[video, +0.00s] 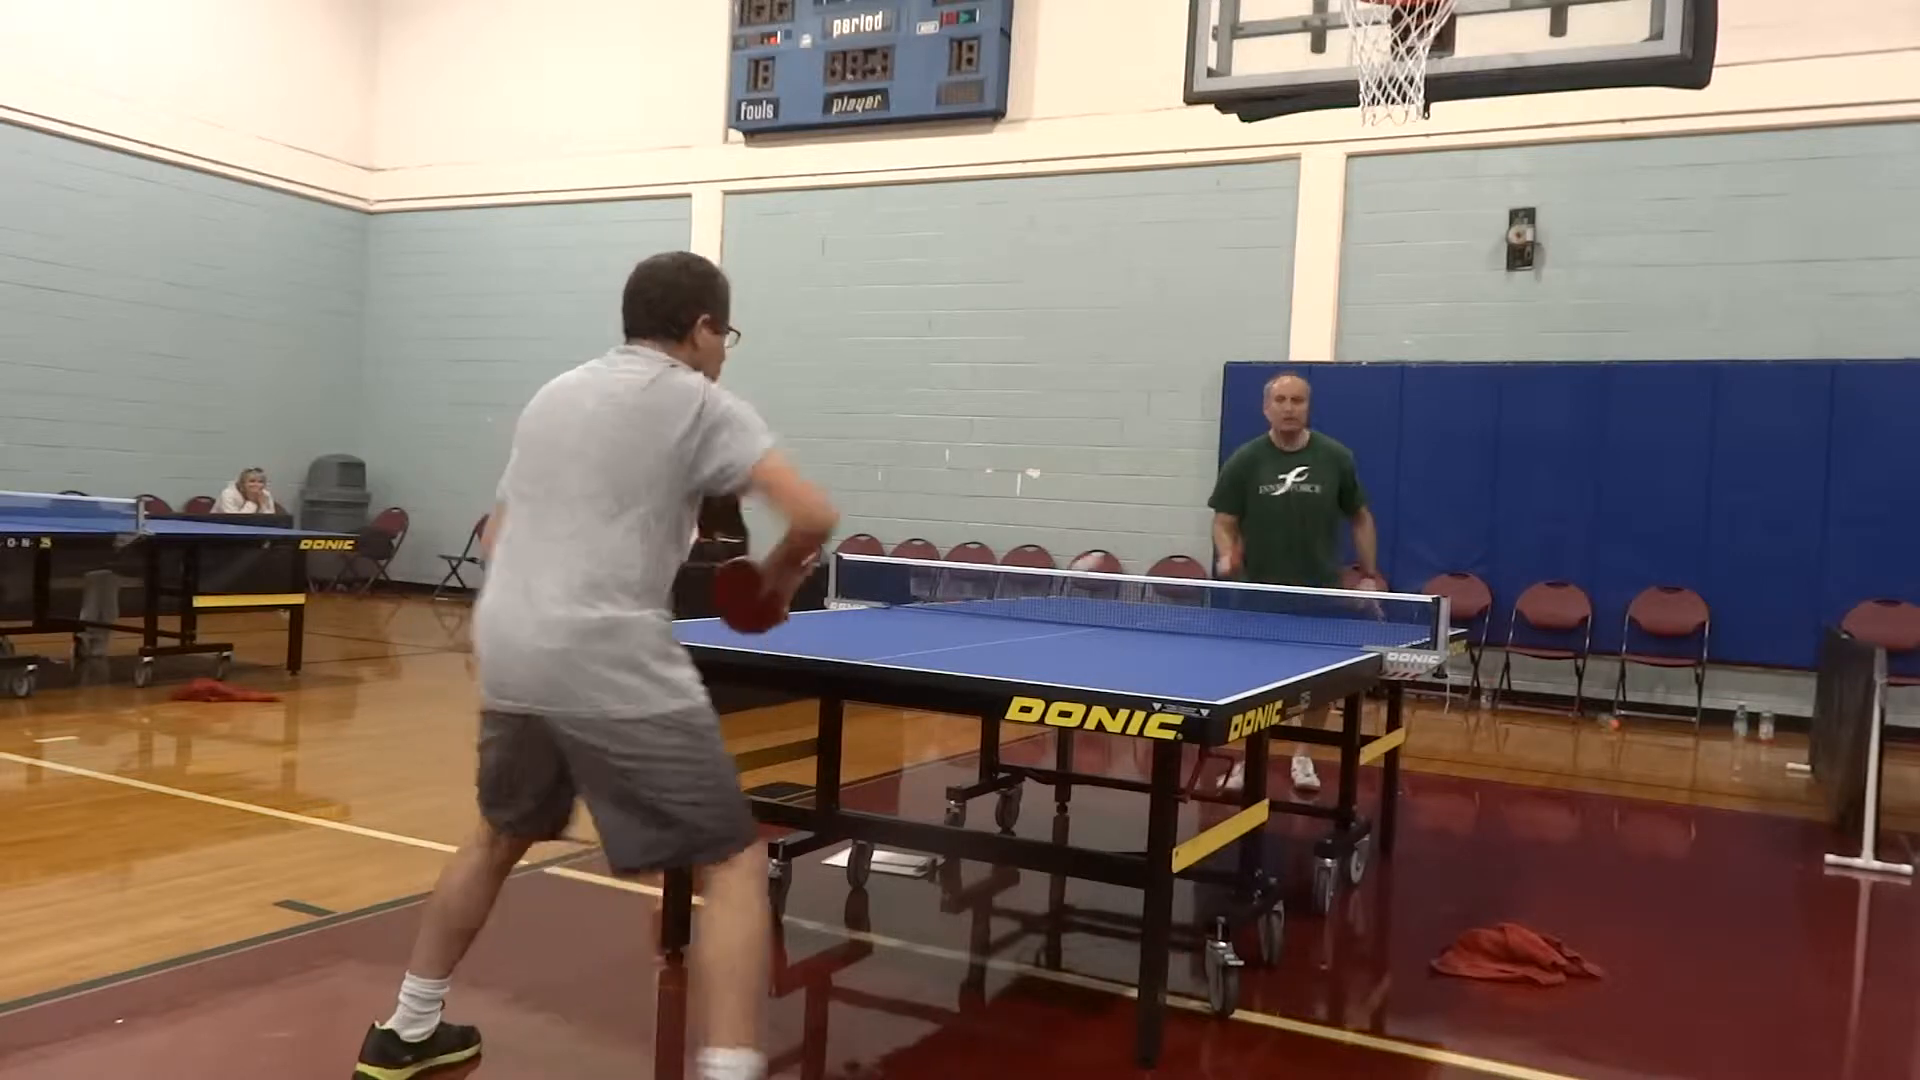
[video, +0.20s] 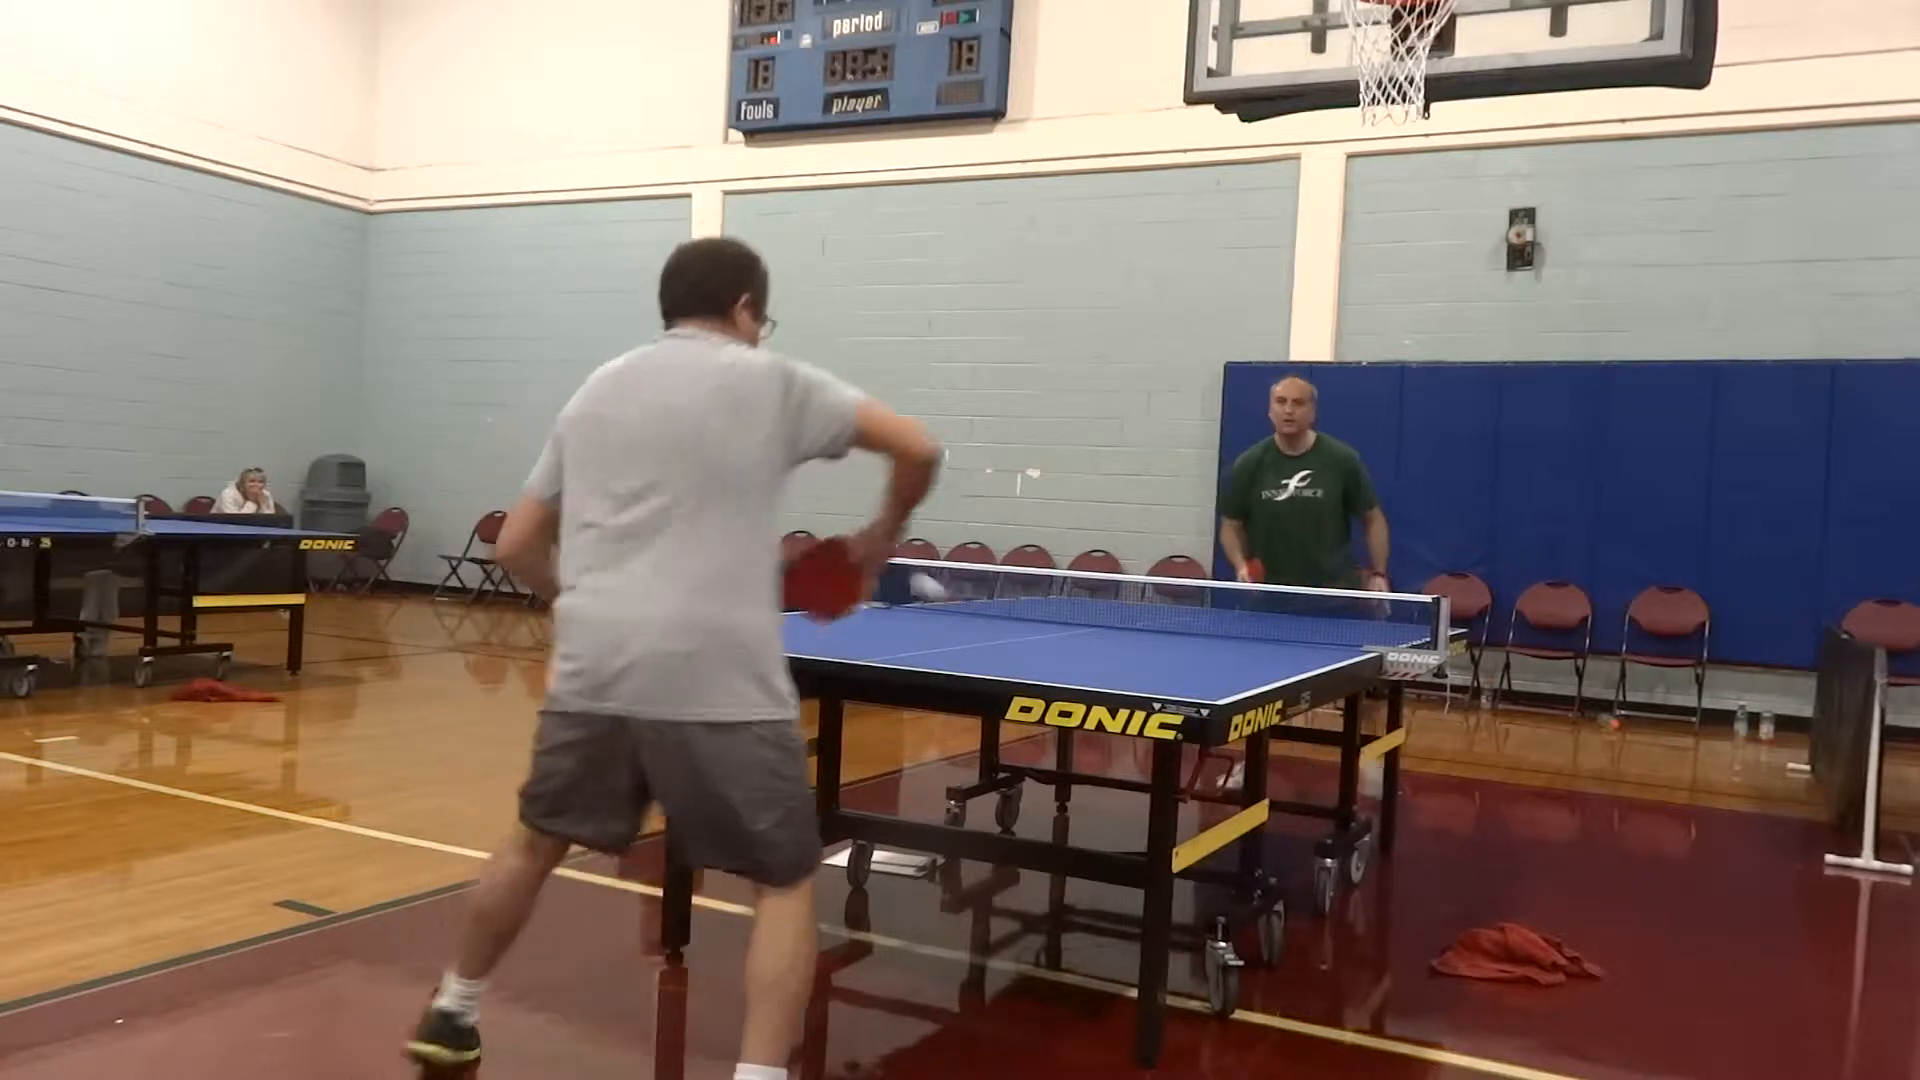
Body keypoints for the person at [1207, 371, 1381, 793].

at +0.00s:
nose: (1289, 408)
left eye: (1297, 400)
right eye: (1280, 400)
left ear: (1309, 406)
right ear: (1266, 407)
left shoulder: (1336, 458)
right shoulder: (1245, 461)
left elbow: (1359, 515)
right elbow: (1224, 520)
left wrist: (1369, 572)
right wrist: (1228, 550)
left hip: (1319, 594)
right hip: (1259, 593)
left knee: (1323, 680)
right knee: (1254, 674)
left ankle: (1303, 755)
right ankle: (1247, 759)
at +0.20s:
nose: (1288, 410)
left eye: (1298, 403)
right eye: (1281, 402)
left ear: (1313, 412)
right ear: (1270, 410)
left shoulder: (1343, 461)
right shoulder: (1247, 466)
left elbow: (1373, 518)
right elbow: (1231, 526)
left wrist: (1379, 573)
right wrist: (1241, 566)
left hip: (1333, 596)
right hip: (1268, 597)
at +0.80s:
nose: (1360, 416)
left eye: (1371, 409)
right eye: (1354, 407)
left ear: (1385, 416)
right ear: (1341, 411)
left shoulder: (1412, 468)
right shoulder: (1317, 463)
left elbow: (1435, 534)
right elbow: (1271, 523)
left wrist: (1404, 572)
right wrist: (1296, 565)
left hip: (1388, 610)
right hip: (1321, 606)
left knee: (1424, 685)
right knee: (1272, 676)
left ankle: (1437, 780)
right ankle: (1252, 763)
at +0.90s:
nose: (1366, 423)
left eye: (1376, 416)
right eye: (1359, 414)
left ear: (1390, 423)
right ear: (1345, 418)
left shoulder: (1408, 477)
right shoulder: (1320, 469)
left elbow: (1421, 544)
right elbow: (1268, 527)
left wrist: (1424, 607)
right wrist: (1301, 557)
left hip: (1391, 614)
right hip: (1323, 611)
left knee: (1423, 686)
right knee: (1275, 679)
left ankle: (1436, 781)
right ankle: (1252, 761)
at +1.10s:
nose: (1357, 439)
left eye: (1366, 433)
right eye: (1349, 430)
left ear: (1377, 439)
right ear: (1332, 434)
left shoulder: (1399, 481)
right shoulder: (1311, 483)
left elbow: (1442, 520)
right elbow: (1257, 544)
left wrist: (1481, 561)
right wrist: (1280, 566)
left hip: (1383, 612)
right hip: (1319, 611)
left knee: (1419, 682)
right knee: (1264, 677)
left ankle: (1434, 783)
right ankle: (1244, 765)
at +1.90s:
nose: (1408, 392)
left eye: (1418, 388)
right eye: (1401, 383)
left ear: (1429, 401)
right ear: (1383, 391)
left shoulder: (1438, 461)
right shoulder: (1343, 444)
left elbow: (1477, 520)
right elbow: (1303, 502)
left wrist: (1487, 566)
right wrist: (1273, 559)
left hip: (1395, 603)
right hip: (1325, 595)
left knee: (1399, 702)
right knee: (1280, 687)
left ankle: (1393, 789)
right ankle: (1252, 776)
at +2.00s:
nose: (1414, 391)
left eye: (1425, 387)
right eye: (1408, 382)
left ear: (1436, 402)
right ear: (1392, 390)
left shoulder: (1447, 460)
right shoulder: (1352, 442)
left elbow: (1486, 520)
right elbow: (1314, 503)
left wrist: (1495, 569)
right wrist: (1290, 563)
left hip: (1401, 602)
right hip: (1334, 593)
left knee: (1402, 700)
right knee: (1315, 677)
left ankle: (1392, 787)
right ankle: (1309, 750)